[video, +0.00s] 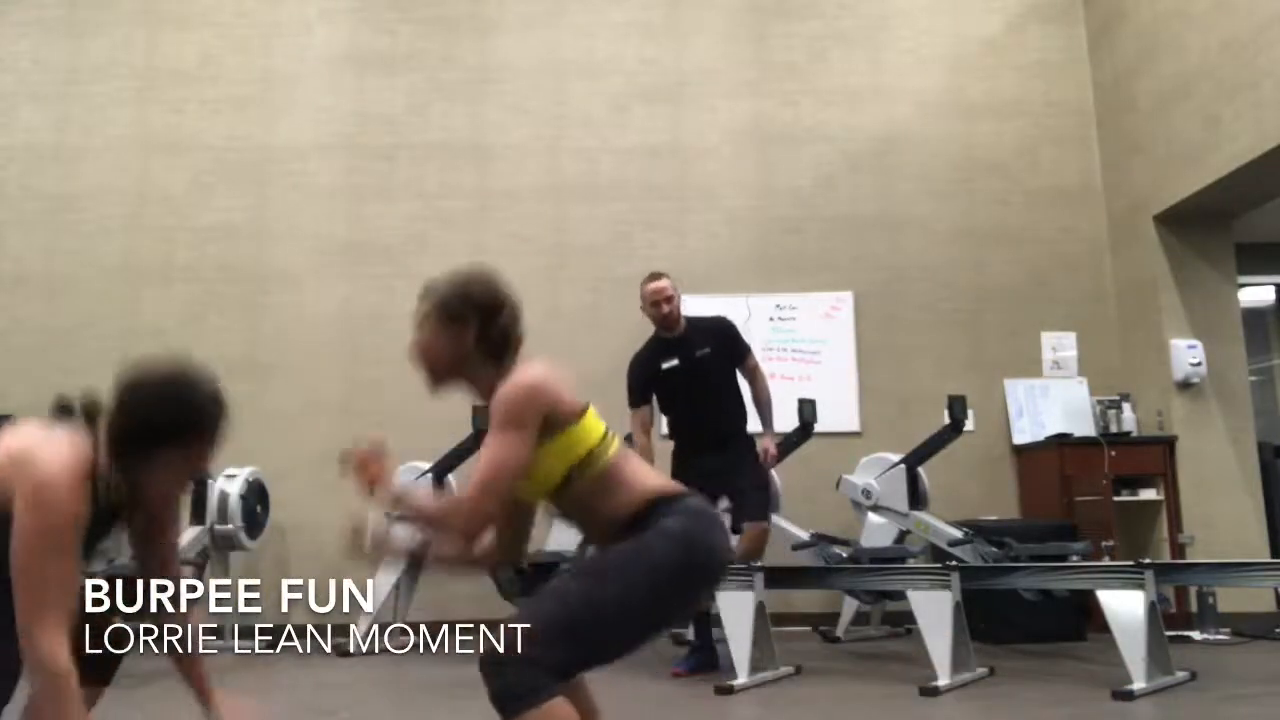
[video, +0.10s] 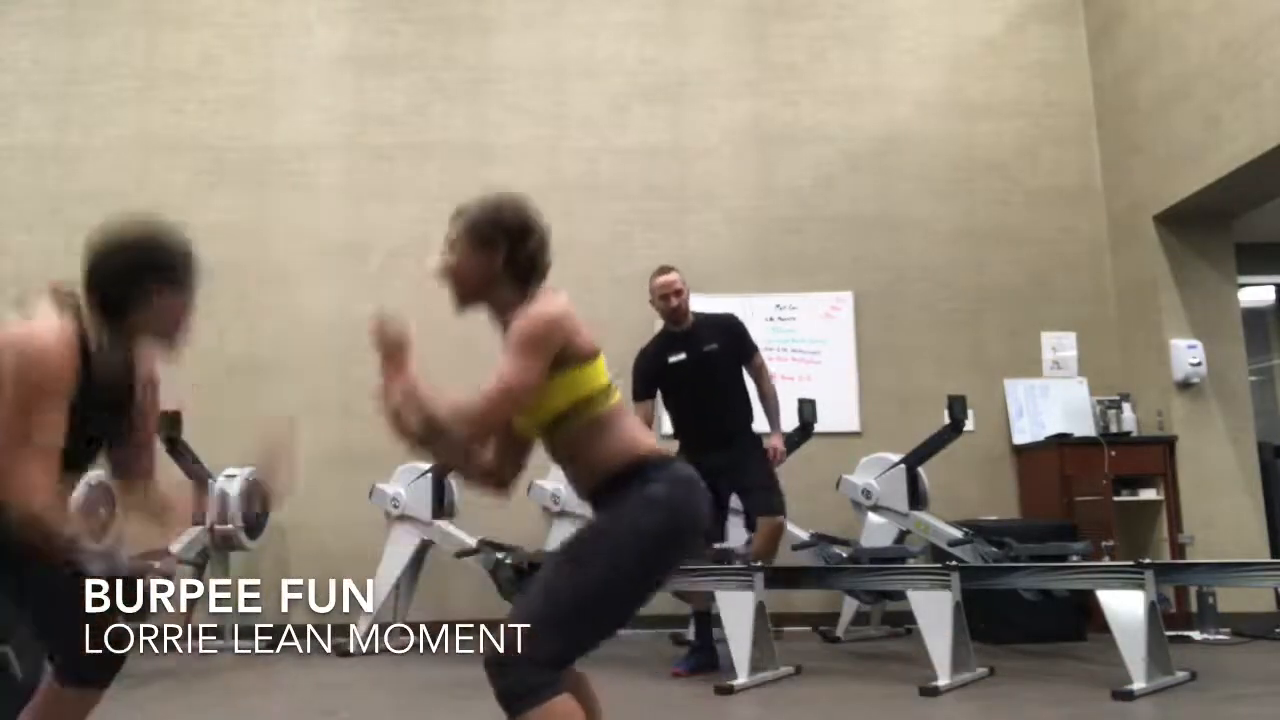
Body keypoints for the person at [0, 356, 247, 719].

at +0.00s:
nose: (198, 473)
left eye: (200, 458)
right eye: (191, 458)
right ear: (156, 448)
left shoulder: (145, 481)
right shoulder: (54, 469)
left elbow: (166, 600)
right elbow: (43, 641)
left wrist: (210, 699)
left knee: (109, 634)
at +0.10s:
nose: (188, 307)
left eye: (186, 293)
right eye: (182, 293)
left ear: (151, 294)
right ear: (152, 294)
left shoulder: (136, 364)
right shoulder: (45, 347)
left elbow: (136, 482)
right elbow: (28, 500)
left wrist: (196, 517)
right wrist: (106, 557)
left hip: (40, 525)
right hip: (5, 526)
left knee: (102, 642)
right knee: (91, 646)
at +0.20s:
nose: (151, 161)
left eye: (152, 146)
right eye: (137, 146)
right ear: (95, 149)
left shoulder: (106, 228)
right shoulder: (32, 204)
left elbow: (187, 337)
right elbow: (62, 323)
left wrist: (245, 280)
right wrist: (155, 248)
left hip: (38, 459)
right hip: (7, 457)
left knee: (73, 638)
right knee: (19, 637)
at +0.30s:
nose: (143, 93)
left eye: (143, 79)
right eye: (129, 78)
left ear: (132, 84)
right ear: (80, 82)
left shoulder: (106, 166)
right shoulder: (41, 134)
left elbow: (203, 265)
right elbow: (90, 227)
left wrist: (256, 196)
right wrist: (183, 161)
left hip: (54, 392)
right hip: (8, 388)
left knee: (54, 578)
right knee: (13, 571)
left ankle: (33, 711)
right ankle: (19, 703)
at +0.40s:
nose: (134, 80)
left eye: (134, 68)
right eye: (119, 66)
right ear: (68, 70)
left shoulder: (98, 159)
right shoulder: (43, 121)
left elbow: (210, 235)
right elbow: (132, 193)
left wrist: (263, 166)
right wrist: (226, 129)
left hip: (62, 374)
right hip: (12, 370)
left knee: (53, 560)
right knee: (9, 545)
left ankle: (46, 712)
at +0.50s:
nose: (127, 116)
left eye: (123, 105)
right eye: (110, 105)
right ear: (61, 117)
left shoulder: (105, 207)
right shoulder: (43, 172)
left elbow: (232, 222)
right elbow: (190, 172)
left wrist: (297, 153)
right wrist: (282, 121)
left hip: (64, 429)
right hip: (17, 426)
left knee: (43, 620)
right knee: (21, 617)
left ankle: (32, 706)